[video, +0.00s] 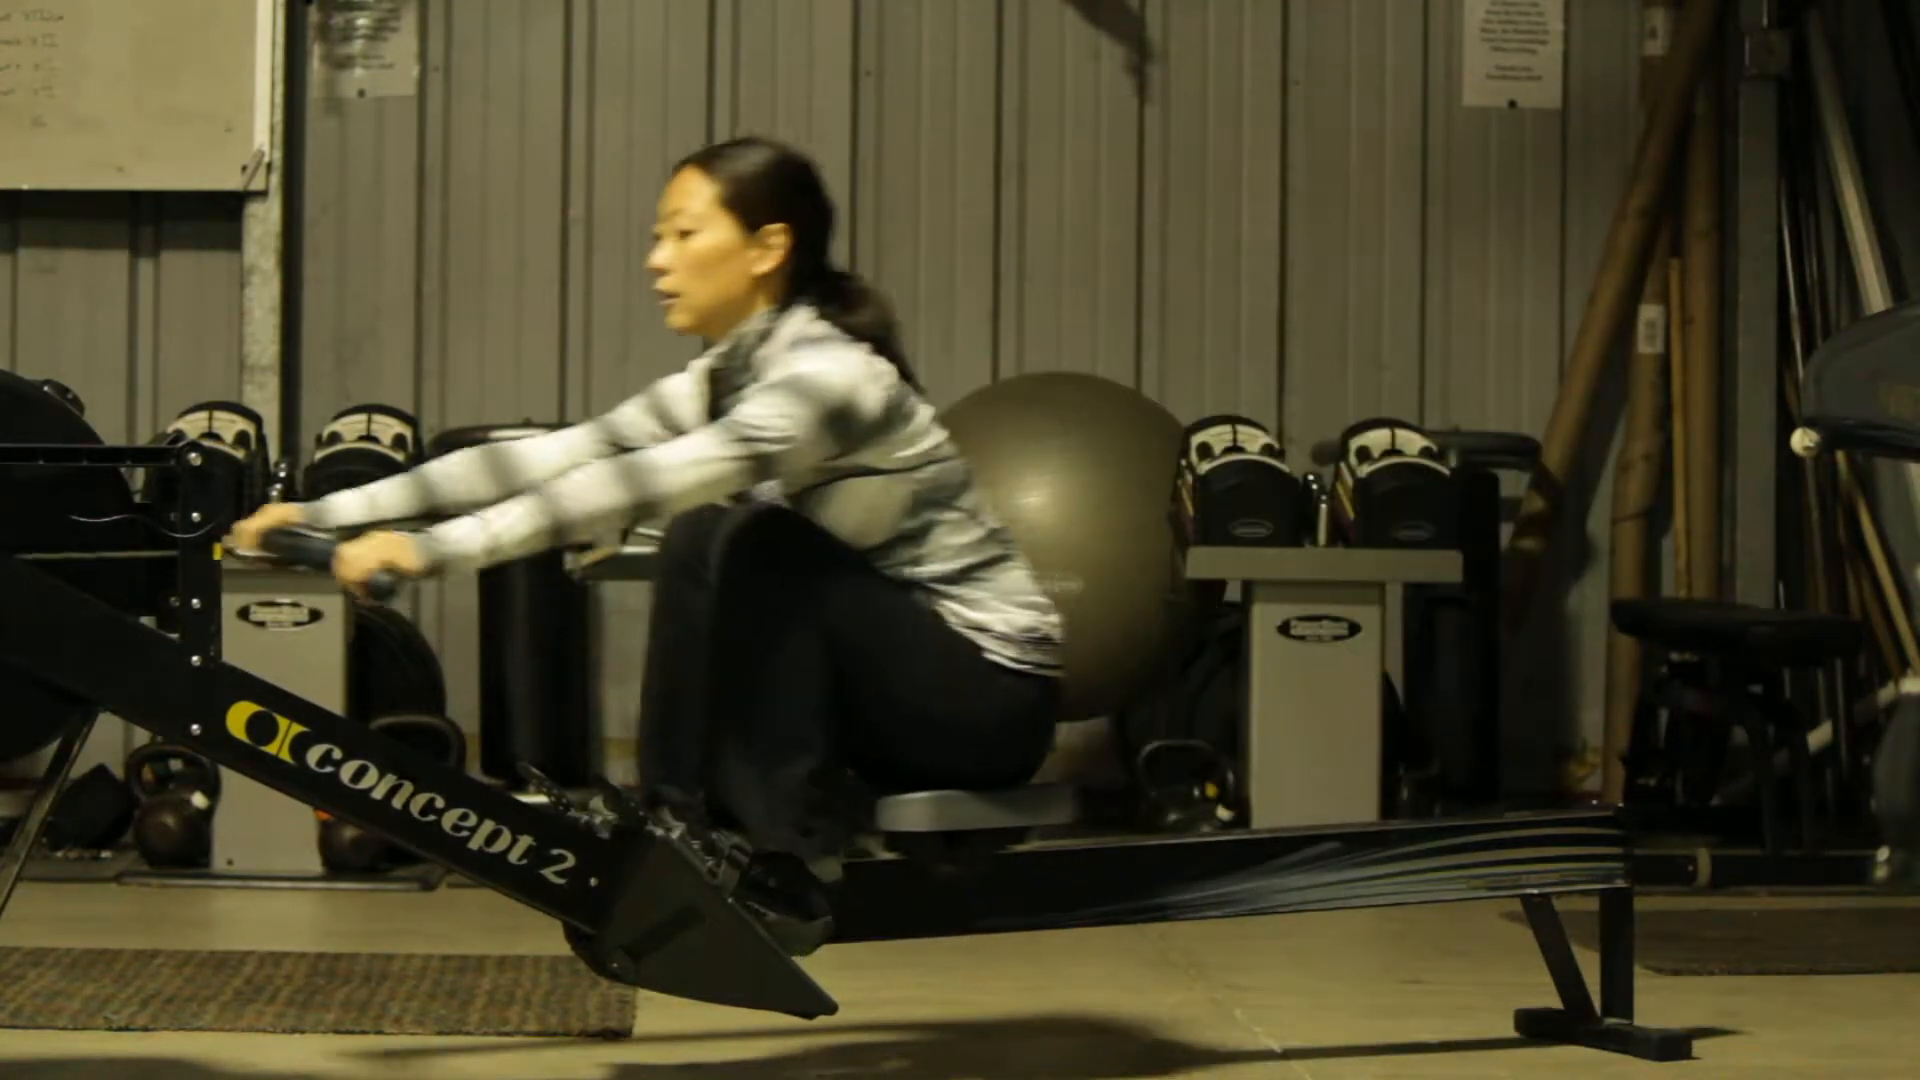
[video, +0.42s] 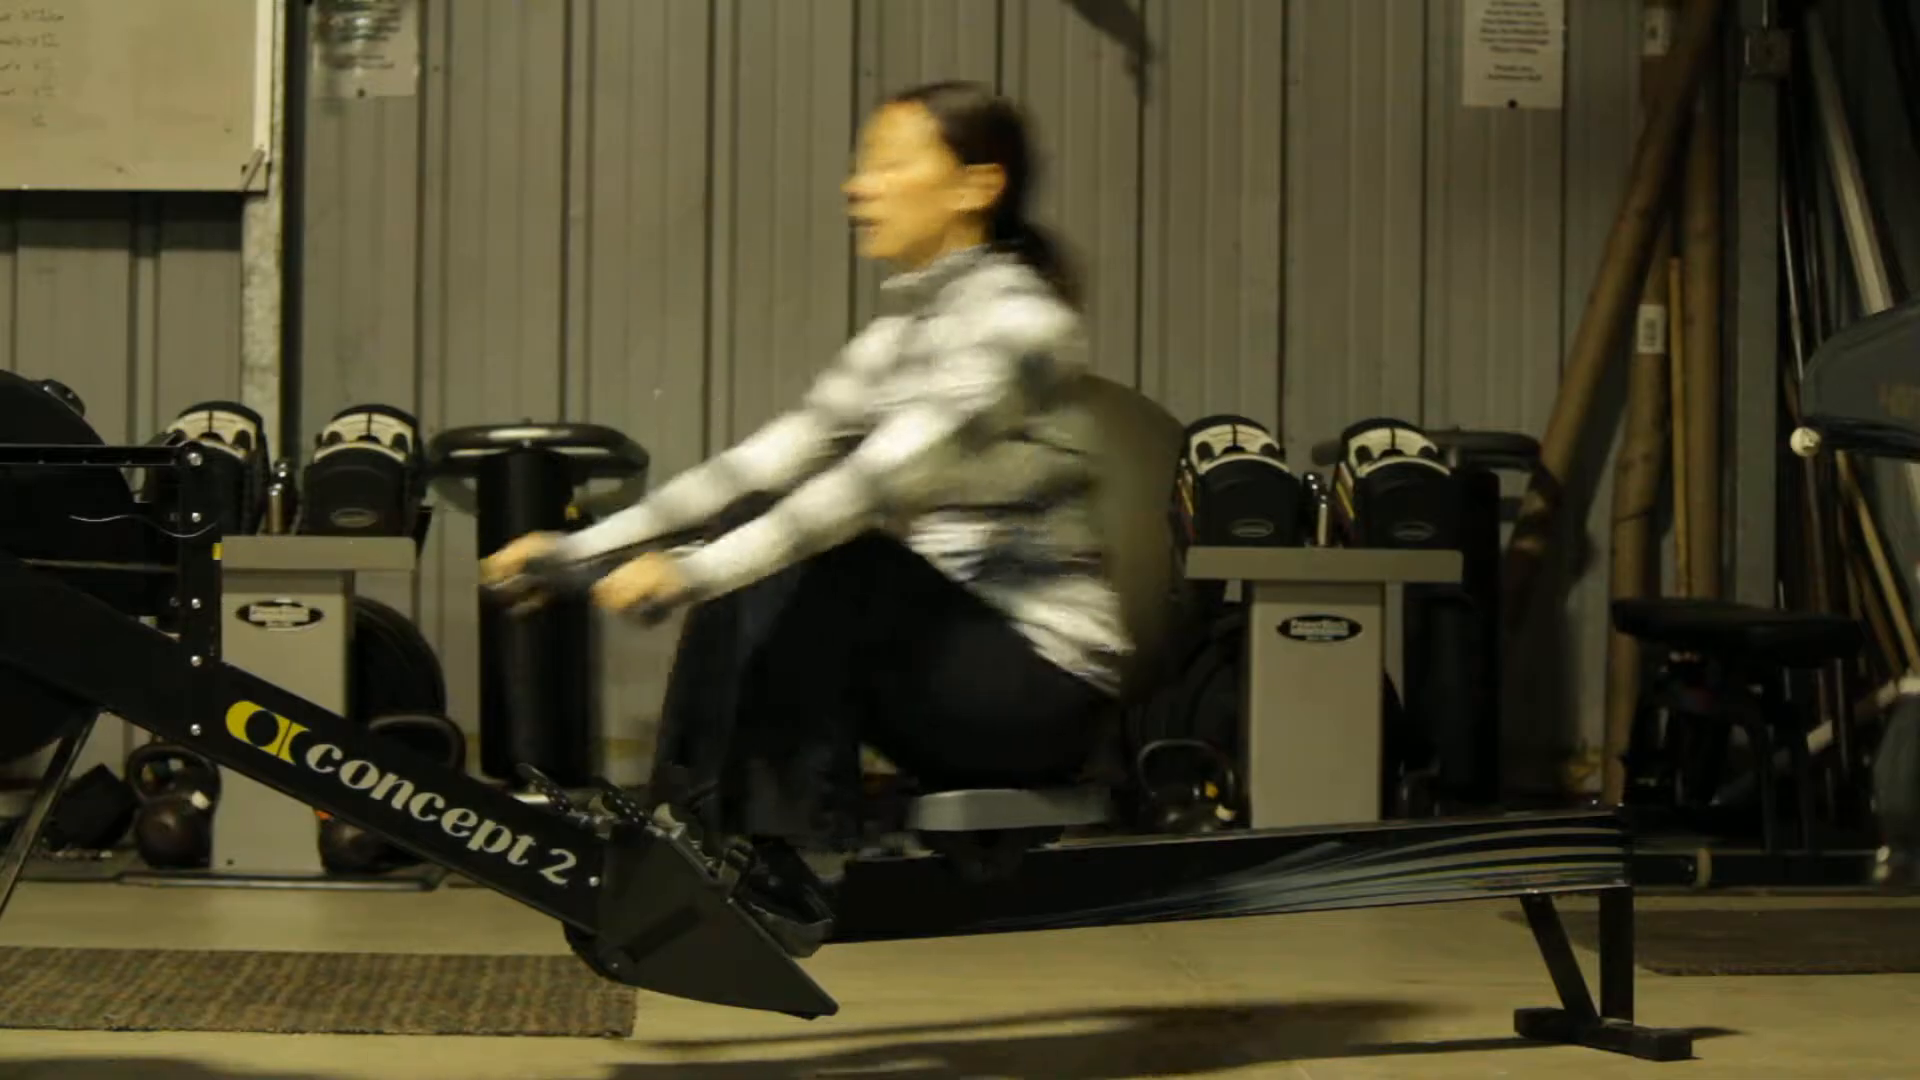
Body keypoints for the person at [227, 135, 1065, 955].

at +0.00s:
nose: (655, 262)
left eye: (682, 236)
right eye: (661, 238)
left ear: (770, 249)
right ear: (742, 254)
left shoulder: (827, 368)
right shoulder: (719, 382)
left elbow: (658, 481)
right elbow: (548, 458)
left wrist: (436, 549)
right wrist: (321, 515)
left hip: (989, 694)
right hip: (896, 689)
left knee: (761, 543)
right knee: (696, 543)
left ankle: (782, 865)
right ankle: (691, 842)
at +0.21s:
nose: (655, 240)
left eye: (684, 213)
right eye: (662, 215)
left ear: (769, 231)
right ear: (746, 237)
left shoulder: (830, 357)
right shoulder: (718, 366)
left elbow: (669, 502)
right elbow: (575, 472)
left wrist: (476, 595)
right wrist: (369, 560)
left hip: (969, 689)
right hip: (883, 680)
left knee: (747, 541)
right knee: (666, 551)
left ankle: (788, 864)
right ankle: (685, 833)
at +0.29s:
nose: (716, 212)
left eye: (748, 187)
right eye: (722, 190)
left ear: (834, 209)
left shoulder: (883, 344)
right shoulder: (776, 347)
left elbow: (737, 514)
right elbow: (632, 480)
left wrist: (561, 620)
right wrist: (441, 585)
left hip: (981, 692)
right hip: (888, 683)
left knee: (774, 554)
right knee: (698, 561)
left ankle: (789, 862)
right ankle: (683, 835)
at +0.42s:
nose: (856, 188)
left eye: (888, 163)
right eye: (862, 164)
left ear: (978, 185)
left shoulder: (1015, 322)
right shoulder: (907, 324)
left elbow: (874, 482)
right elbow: (765, 463)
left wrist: (693, 571)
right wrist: (577, 552)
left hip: (1044, 691)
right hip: (965, 677)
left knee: (838, 567)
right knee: (747, 566)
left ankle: (777, 853)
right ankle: (687, 831)